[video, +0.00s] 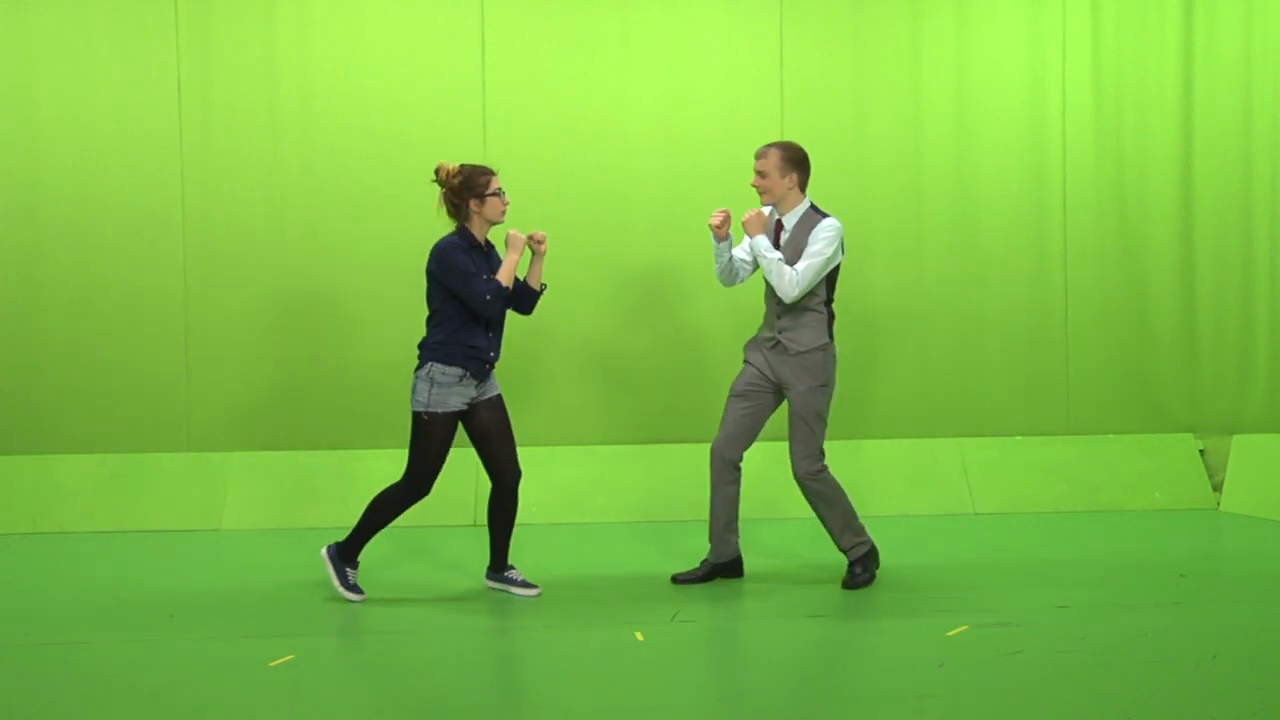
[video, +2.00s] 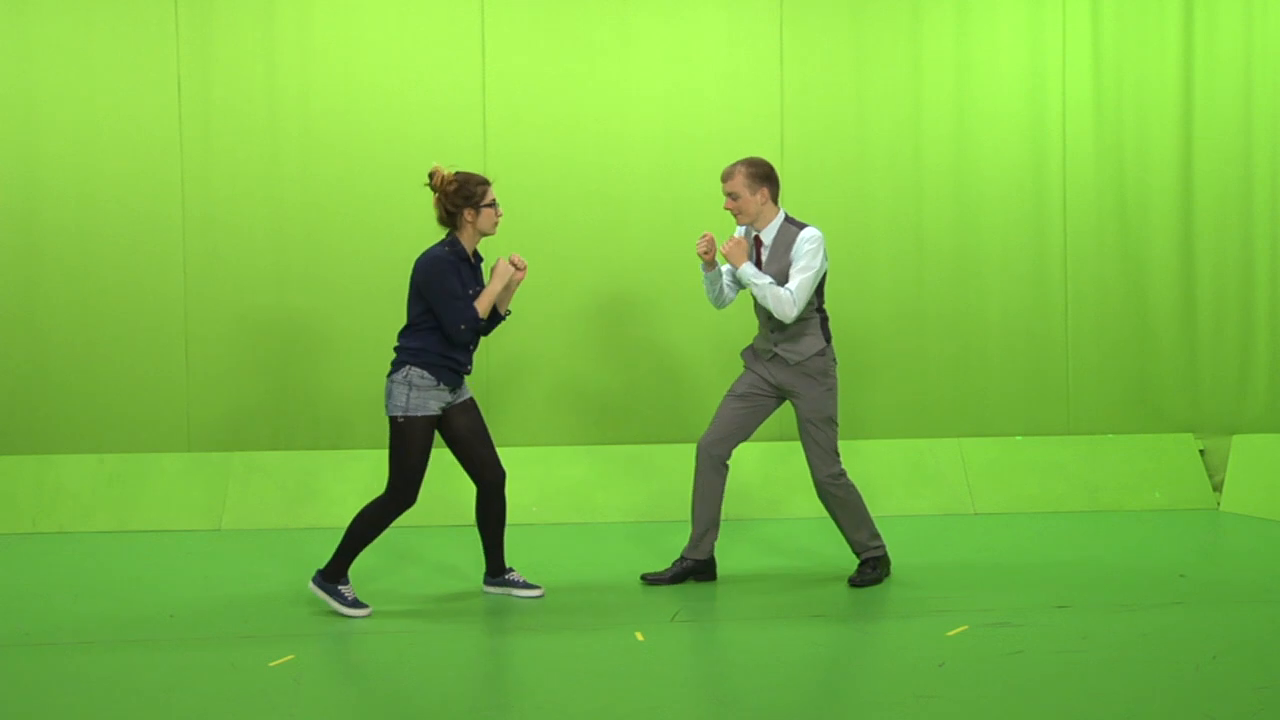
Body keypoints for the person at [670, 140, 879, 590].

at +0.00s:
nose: (755, 183)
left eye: (762, 176)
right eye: (755, 175)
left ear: (792, 179)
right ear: (777, 180)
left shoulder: (827, 230)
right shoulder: (766, 224)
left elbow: (791, 287)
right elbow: (729, 275)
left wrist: (759, 239)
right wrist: (722, 240)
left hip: (810, 359)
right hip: (765, 354)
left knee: (807, 466)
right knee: (725, 450)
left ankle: (861, 551)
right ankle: (724, 556)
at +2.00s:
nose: (728, 206)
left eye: (734, 196)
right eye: (726, 198)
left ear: (764, 194)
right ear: (748, 197)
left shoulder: (808, 239)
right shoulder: (746, 242)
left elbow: (788, 307)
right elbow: (722, 298)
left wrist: (744, 267)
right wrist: (711, 266)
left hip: (810, 368)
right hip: (764, 364)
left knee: (827, 474)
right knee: (712, 447)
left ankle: (873, 555)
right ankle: (699, 558)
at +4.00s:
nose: (726, 206)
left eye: (732, 198)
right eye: (724, 198)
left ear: (762, 199)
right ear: (753, 201)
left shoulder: (802, 244)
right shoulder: (746, 246)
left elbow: (770, 308)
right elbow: (720, 299)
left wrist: (735, 264)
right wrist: (704, 263)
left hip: (811, 375)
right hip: (769, 370)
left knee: (822, 484)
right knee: (716, 455)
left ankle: (899, 552)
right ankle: (730, 559)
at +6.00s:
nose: (933, 444)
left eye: (930, 439)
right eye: (927, 441)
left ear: (946, 427)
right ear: (946, 420)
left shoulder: (1001, 413)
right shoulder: (962, 414)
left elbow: (997, 488)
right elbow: (967, 473)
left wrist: (946, 458)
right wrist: (958, 528)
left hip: (1081, 463)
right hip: (1050, 467)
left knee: (997, 471)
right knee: (981, 527)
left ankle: (1036, 551)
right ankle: (1079, 519)